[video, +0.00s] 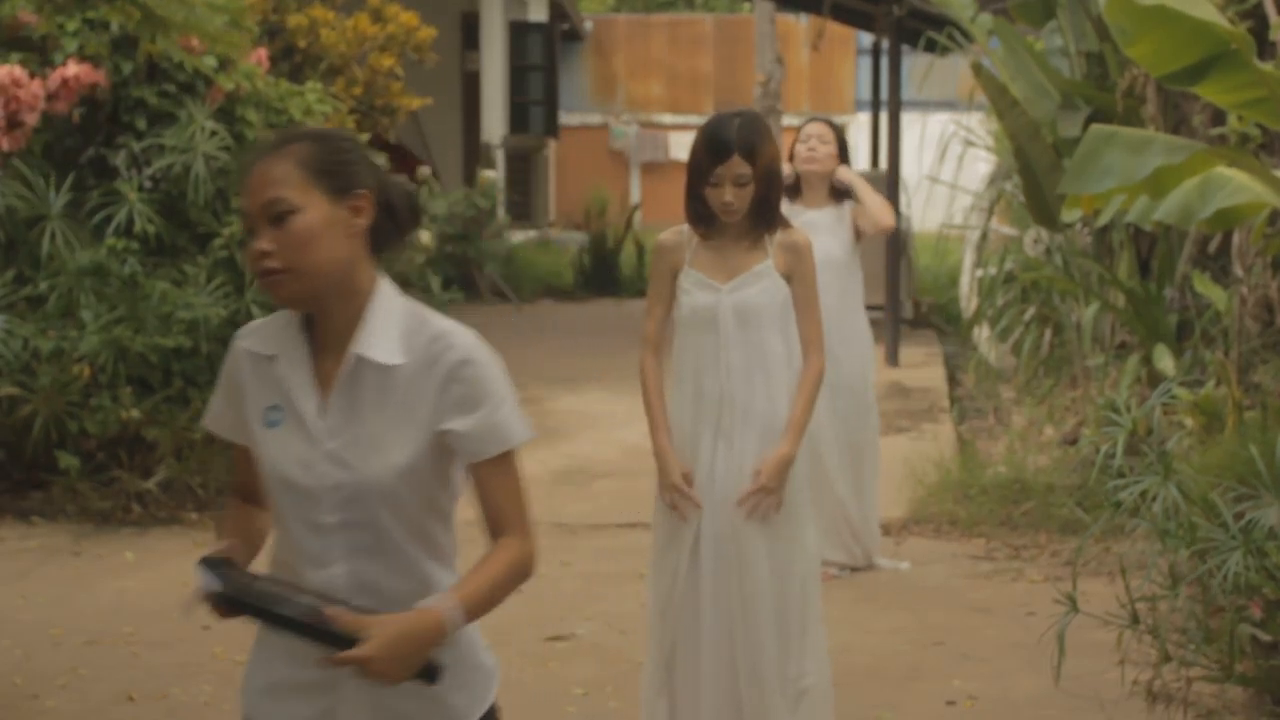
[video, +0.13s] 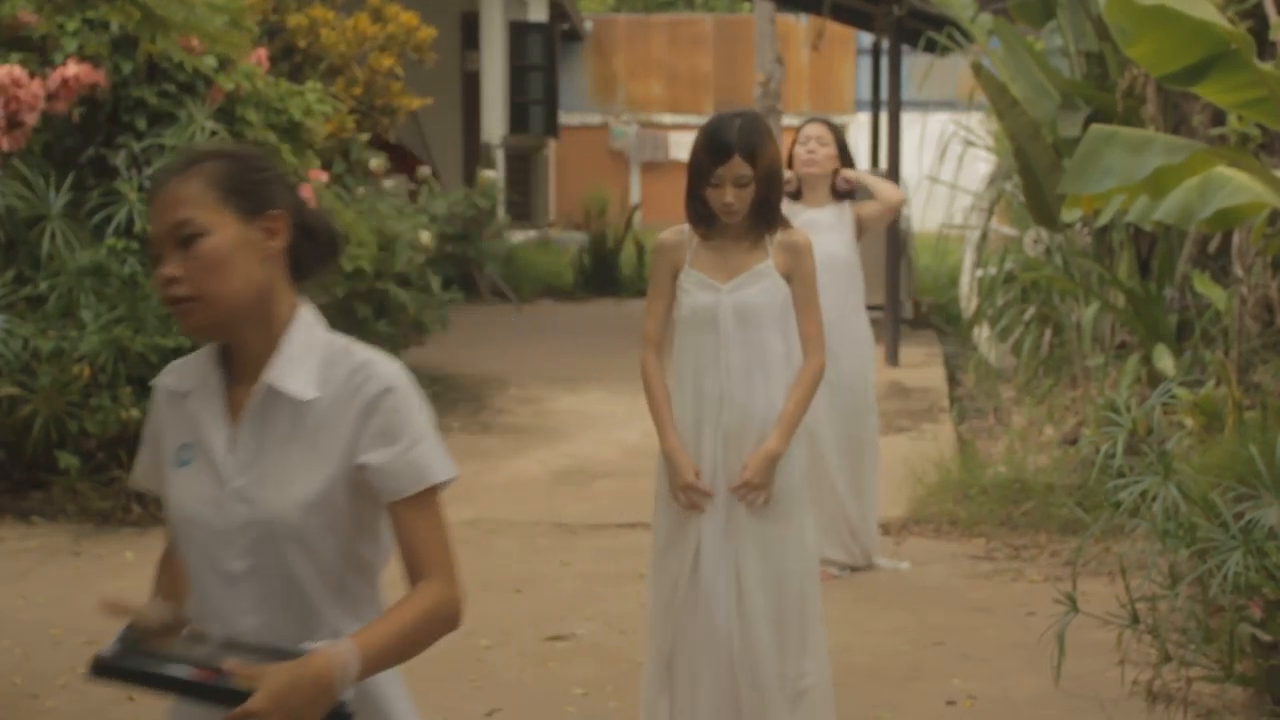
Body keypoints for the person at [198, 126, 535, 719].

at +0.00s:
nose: (259, 246)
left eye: (281, 217)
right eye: (250, 230)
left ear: (359, 210)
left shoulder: (451, 359)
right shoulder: (255, 355)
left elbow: (516, 546)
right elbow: (248, 497)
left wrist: (433, 622)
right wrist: (232, 558)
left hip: (428, 690)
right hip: (292, 684)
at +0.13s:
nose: (166, 273)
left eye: (189, 241)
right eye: (157, 254)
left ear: (273, 233)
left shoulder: (371, 388)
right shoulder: (178, 392)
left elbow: (441, 596)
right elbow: (186, 540)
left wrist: (333, 668)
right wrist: (165, 613)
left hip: (346, 702)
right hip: (210, 699)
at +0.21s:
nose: (101, 274)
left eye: (122, 239)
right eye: (93, 255)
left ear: (208, 227)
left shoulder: (328, 388)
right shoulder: (131, 402)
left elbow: (406, 599)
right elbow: (133, 570)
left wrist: (299, 691)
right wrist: (107, 642)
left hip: (292, 707)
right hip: (160, 705)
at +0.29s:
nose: (36, 266)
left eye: (54, 228)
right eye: (27, 248)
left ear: (146, 208)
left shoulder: (283, 380)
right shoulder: (71, 392)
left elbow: (381, 594)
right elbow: (68, 575)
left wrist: (289, 701)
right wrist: (41, 650)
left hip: (235, 707)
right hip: (93, 705)